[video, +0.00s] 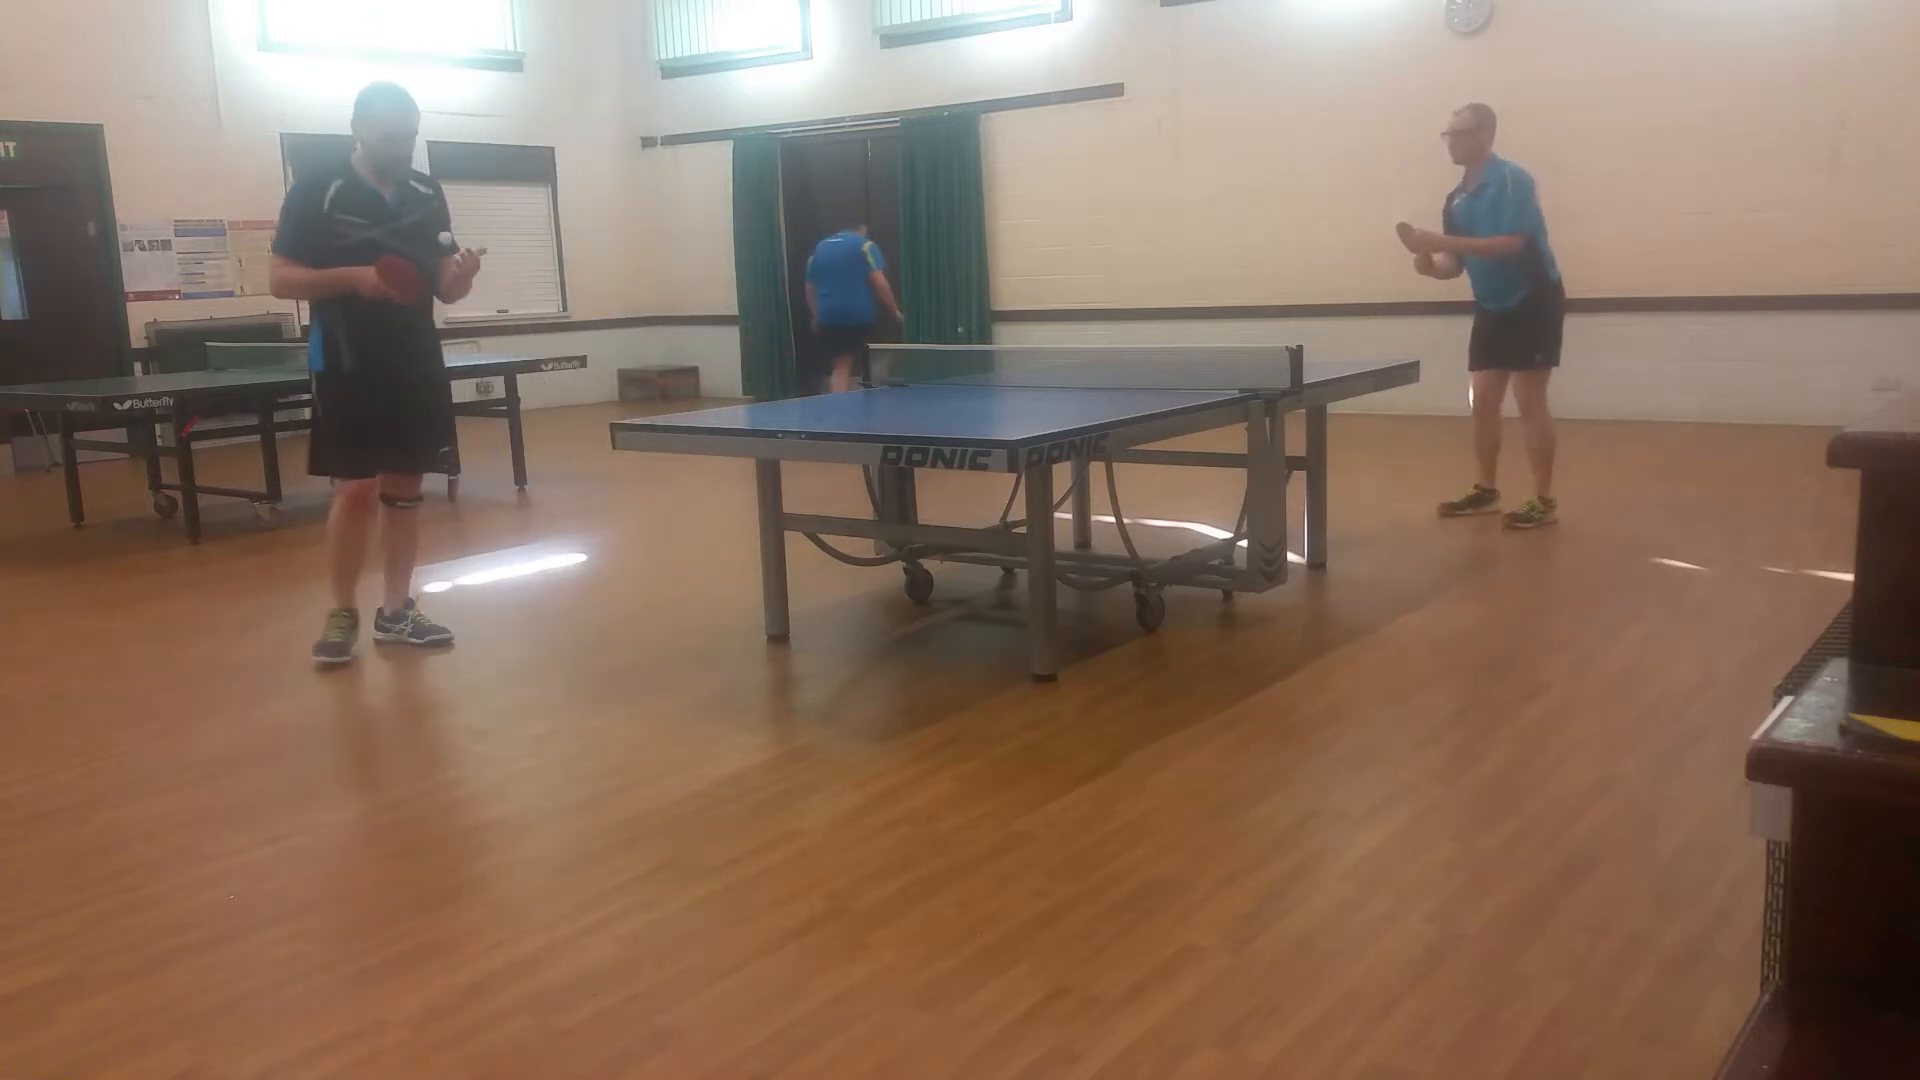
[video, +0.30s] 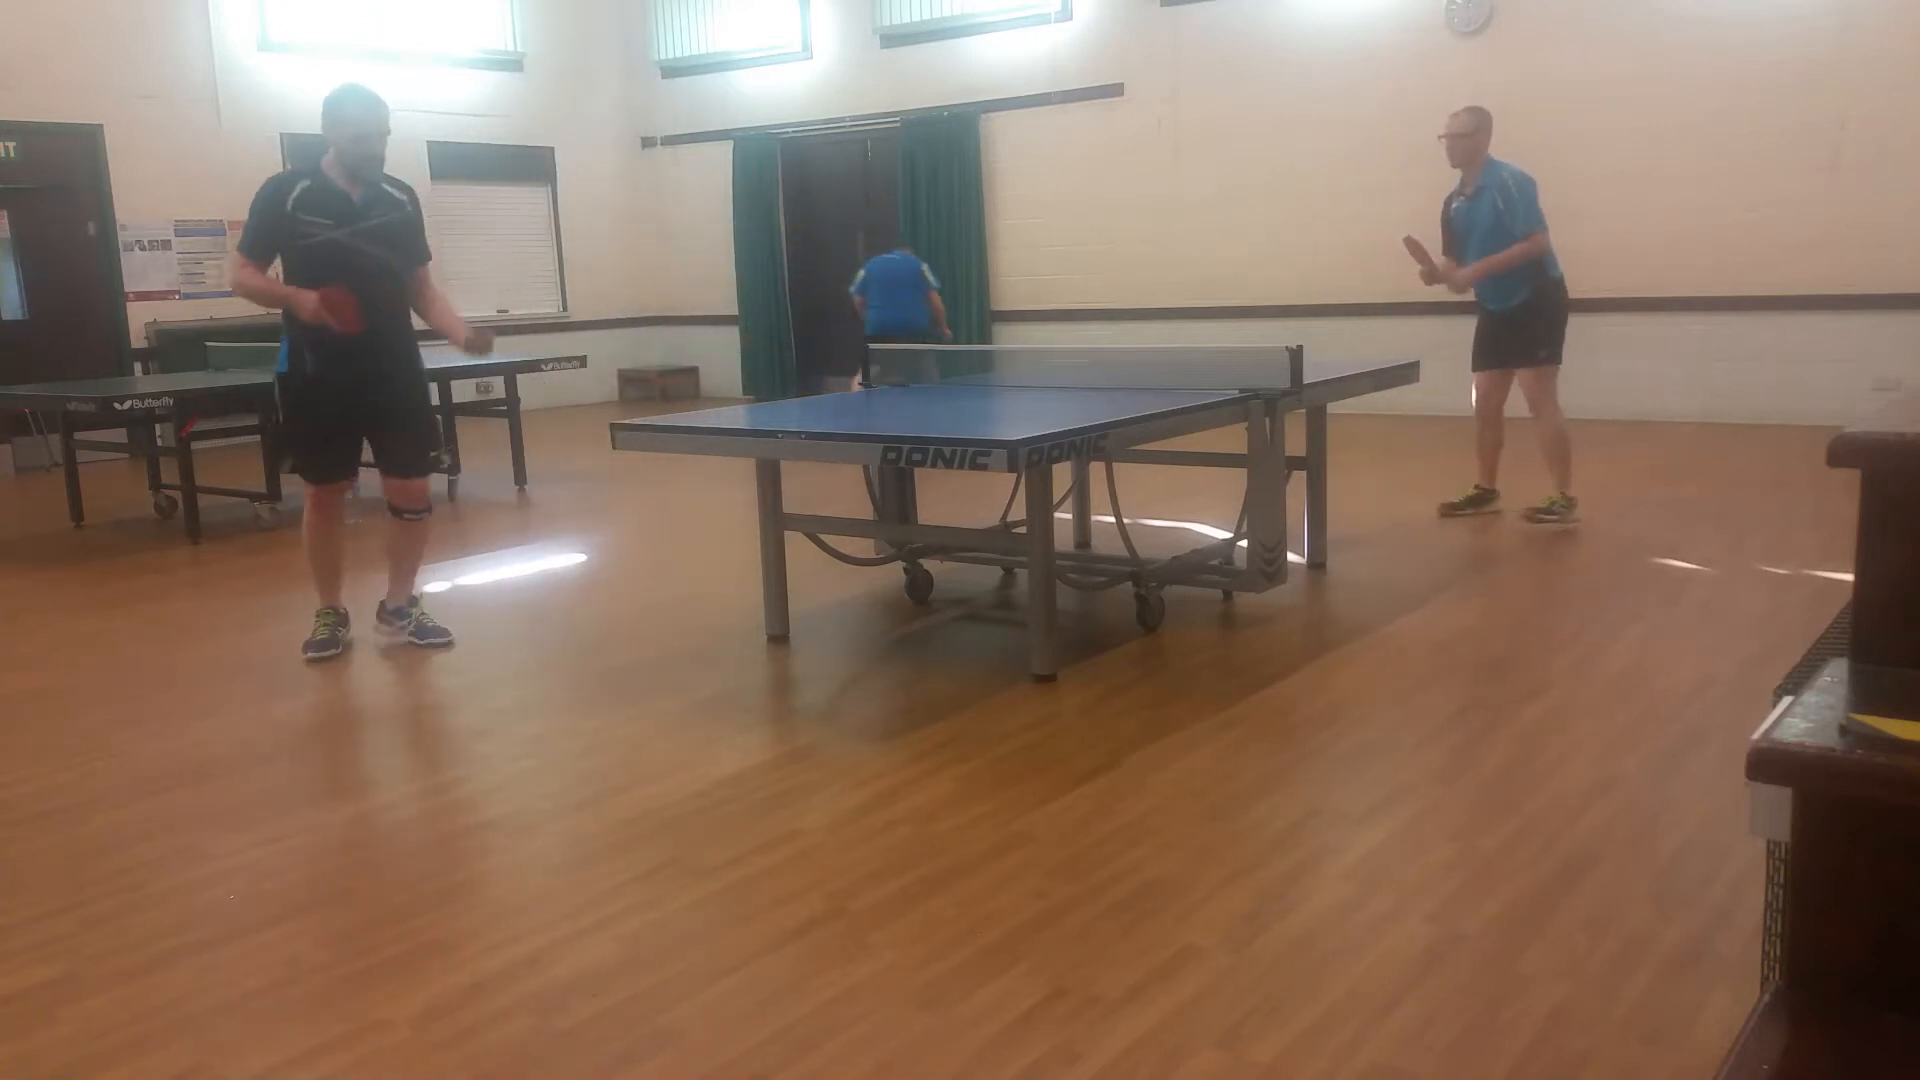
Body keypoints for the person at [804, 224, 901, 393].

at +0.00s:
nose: (866, 235)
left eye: (865, 232)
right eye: (865, 232)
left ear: (842, 228)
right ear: (862, 229)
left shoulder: (821, 247)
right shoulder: (864, 245)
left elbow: (809, 285)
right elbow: (879, 281)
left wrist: (815, 315)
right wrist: (894, 310)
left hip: (828, 315)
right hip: (859, 314)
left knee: (840, 364)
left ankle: (839, 409)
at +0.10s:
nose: (882, 240)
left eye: (882, 237)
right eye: (882, 237)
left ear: (857, 232)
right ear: (877, 233)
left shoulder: (835, 249)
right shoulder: (881, 248)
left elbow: (825, 285)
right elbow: (894, 281)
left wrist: (832, 312)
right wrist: (906, 312)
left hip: (843, 315)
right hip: (877, 315)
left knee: (847, 365)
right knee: (886, 362)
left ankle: (838, 412)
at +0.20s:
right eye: (898, 243)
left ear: (871, 240)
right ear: (894, 241)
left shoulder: (852, 255)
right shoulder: (901, 254)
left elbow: (841, 288)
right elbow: (915, 287)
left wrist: (849, 314)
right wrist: (924, 319)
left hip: (859, 320)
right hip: (895, 319)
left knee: (854, 367)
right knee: (911, 359)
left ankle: (841, 410)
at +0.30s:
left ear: (891, 252)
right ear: (910, 253)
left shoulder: (872, 265)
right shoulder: (918, 265)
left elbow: (857, 297)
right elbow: (935, 300)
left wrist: (866, 317)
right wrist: (943, 326)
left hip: (878, 328)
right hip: (914, 328)